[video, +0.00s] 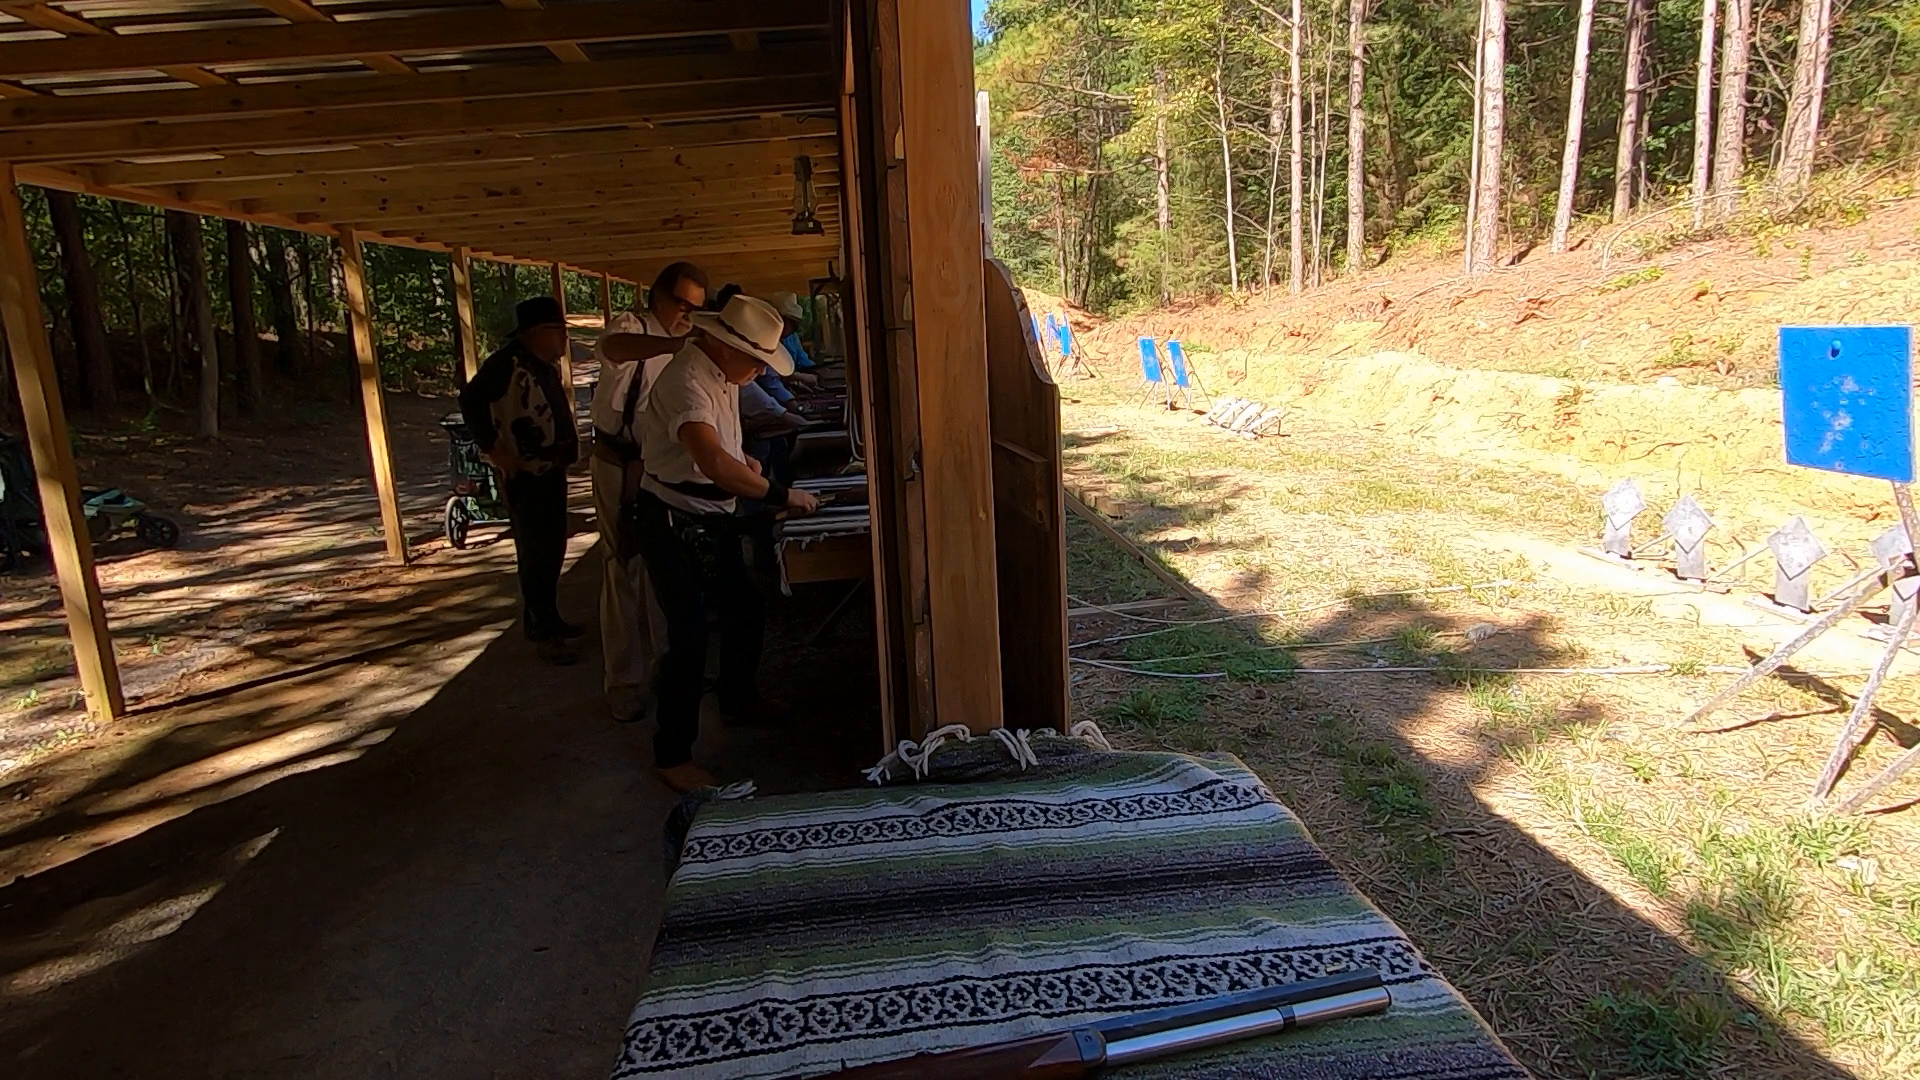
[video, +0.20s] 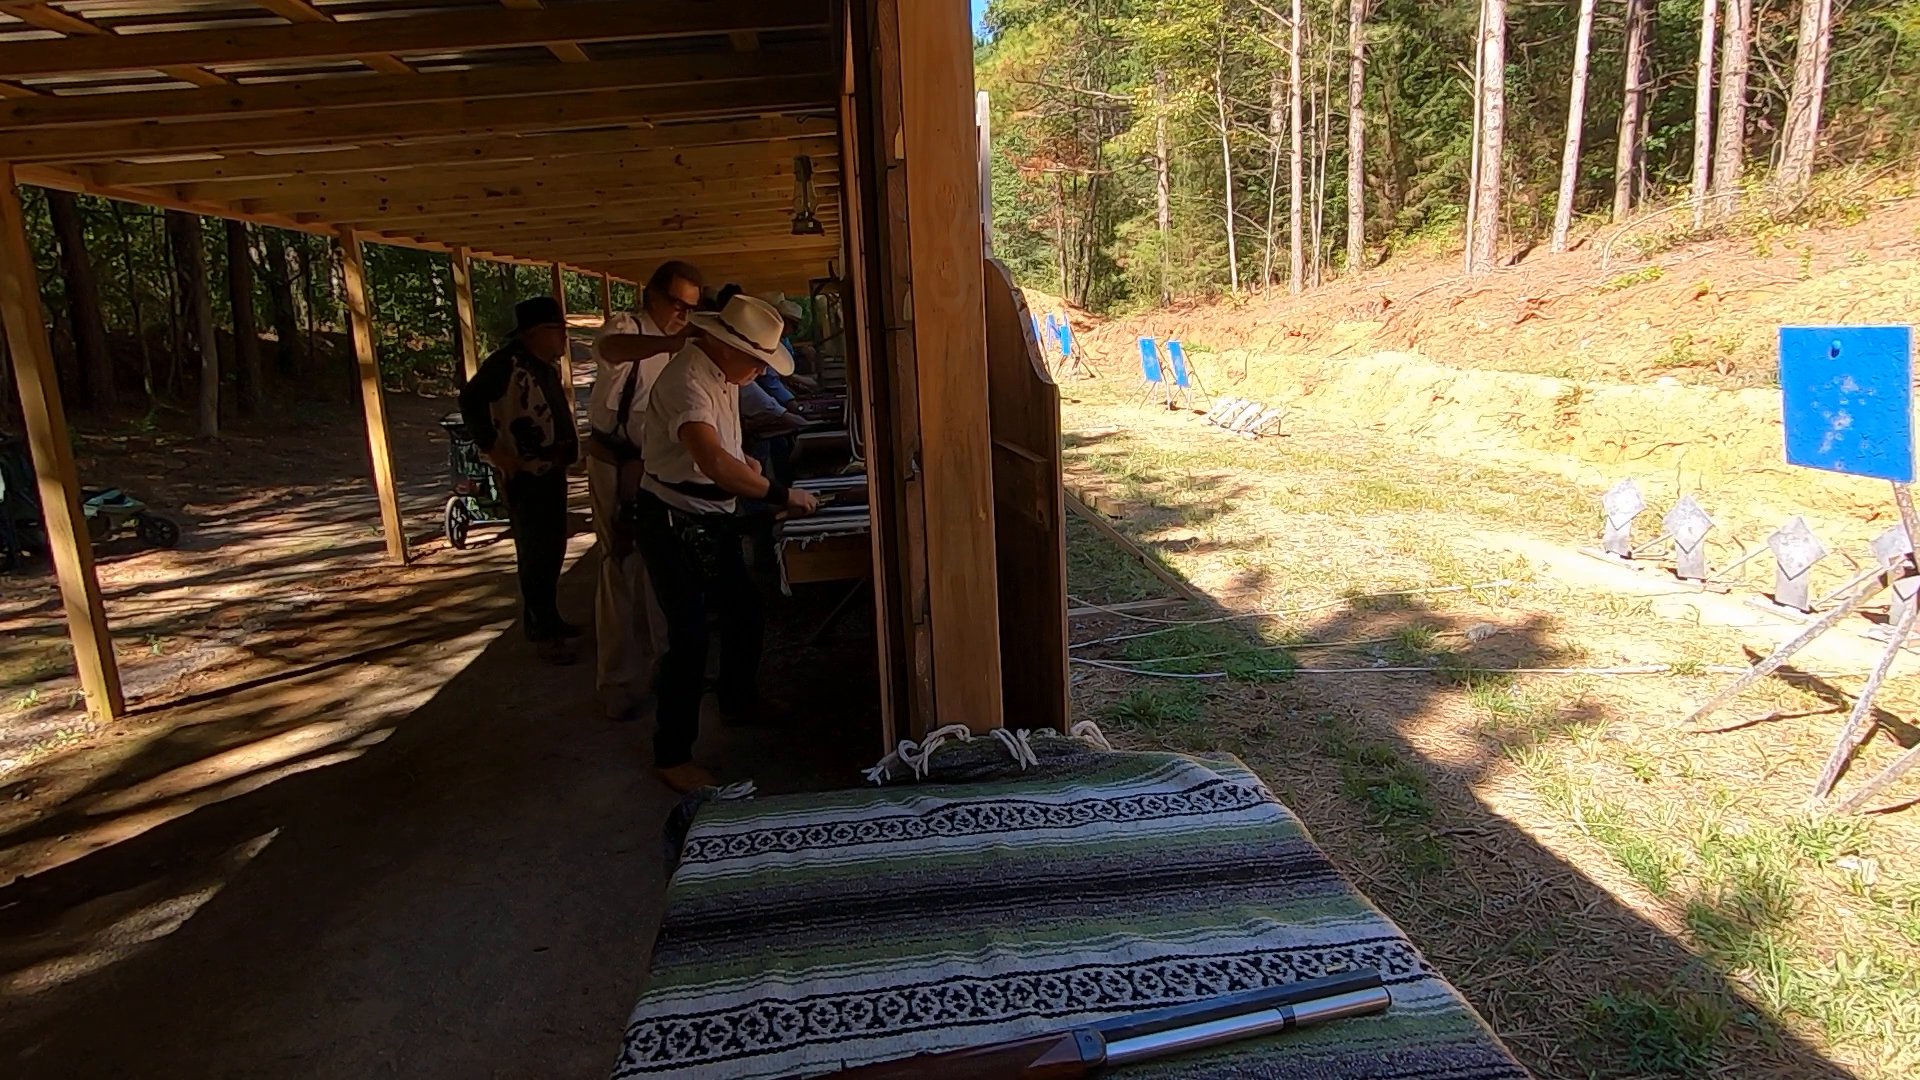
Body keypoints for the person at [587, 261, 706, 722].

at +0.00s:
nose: (687, 315)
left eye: (694, 309)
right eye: (682, 304)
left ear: (696, 310)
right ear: (657, 296)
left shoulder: (687, 344)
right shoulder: (630, 325)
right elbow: (610, 348)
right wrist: (676, 345)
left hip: (666, 462)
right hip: (617, 463)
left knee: (668, 564)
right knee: (624, 570)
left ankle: (669, 664)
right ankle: (623, 680)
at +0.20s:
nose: (683, 314)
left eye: (690, 308)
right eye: (677, 304)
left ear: (692, 310)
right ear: (651, 296)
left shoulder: (683, 344)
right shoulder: (625, 326)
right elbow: (608, 349)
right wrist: (671, 343)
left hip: (664, 459)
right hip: (615, 461)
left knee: (665, 562)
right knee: (620, 568)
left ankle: (670, 664)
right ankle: (616, 682)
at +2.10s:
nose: (496, 334)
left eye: (503, 324)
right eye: (487, 323)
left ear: (510, 317)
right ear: (457, 306)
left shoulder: (514, 363)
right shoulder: (407, 356)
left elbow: (533, 443)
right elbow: (373, 435)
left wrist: (558, 509)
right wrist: (428, 459)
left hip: (499, 504)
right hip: (433, 505)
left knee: (511, 614)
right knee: (435, 621)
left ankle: (514, 729)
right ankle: (432, 742)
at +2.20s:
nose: (491, 339)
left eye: (498, 330)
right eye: (484, 328)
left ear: (503, 322)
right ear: (456, 310)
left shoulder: (504, 367)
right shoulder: (399, 355)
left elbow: (521, 447)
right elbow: (361, 437)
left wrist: (549, 514)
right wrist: (420, 465)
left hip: (488, 512)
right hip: (422, 511)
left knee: (505, 618)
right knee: (421, 631)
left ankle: (511, 731)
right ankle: (407, 769)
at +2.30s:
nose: (483, 346)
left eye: (490, 337)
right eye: (478, 333)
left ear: (493, 328)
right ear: (448, 313)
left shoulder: (488, 368)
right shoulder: (391, 355)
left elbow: (505, 449)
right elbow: (346, 439)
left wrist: (534, 518)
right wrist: (413, 471)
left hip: (475, 515)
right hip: (409, 515)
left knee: (500, 618)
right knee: (406, 639)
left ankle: (510, 729)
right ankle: (394, 776)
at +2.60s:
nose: (453, 349)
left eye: (460, 340)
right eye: (448, 335)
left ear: (456, 332)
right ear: (414, 314)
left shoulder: (438, 367)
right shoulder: (357, 359)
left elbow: (435, 446)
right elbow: (309, 448)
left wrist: (457, 492)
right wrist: (398, 490)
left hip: (427, 516)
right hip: (363, 521)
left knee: (465, 620)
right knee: (376, 646)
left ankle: (498, 730)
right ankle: (391, 779)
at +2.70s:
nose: (446, 345)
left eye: (452, 336)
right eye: (440, 332)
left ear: (446, 328)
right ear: (403, 313)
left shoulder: (426, 368)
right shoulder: (349, 358)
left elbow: (425, 443)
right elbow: (304, 451)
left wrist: (446, 497)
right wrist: (396, 494)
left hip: (421, 517)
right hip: (357, 523)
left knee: (456, 618)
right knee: (373, 646)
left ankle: (471, 736)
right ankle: (392, 779)